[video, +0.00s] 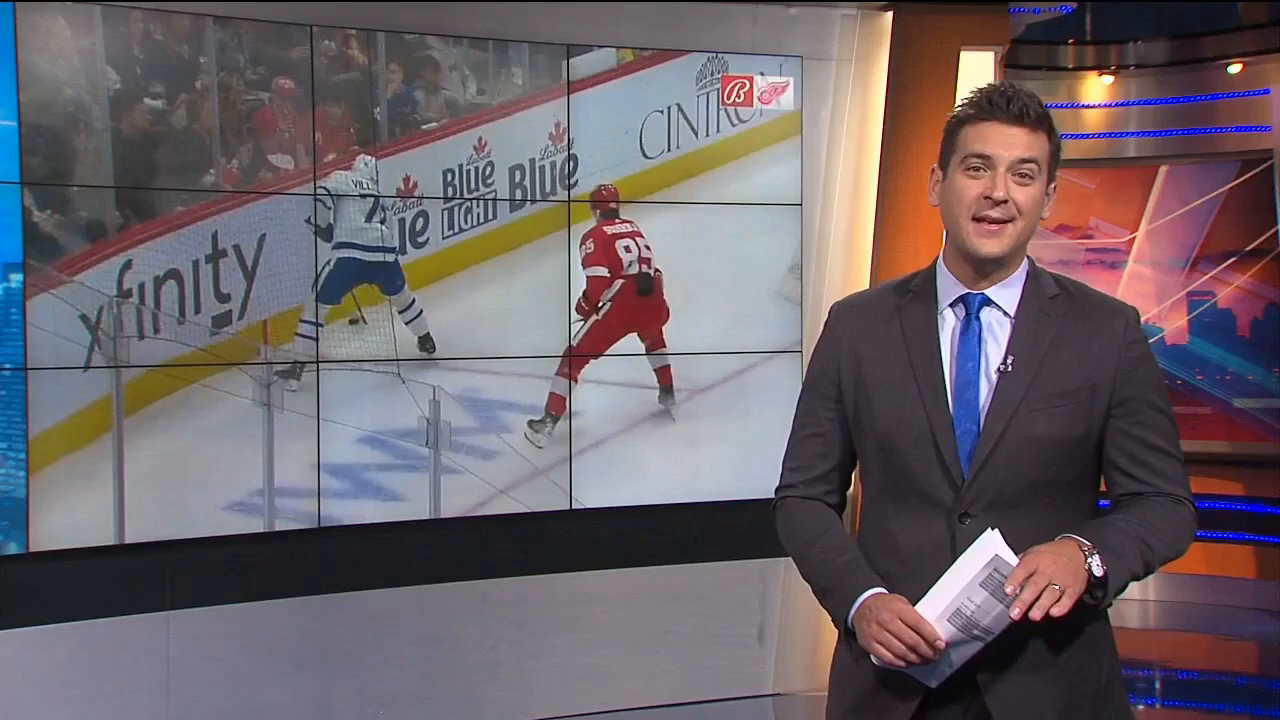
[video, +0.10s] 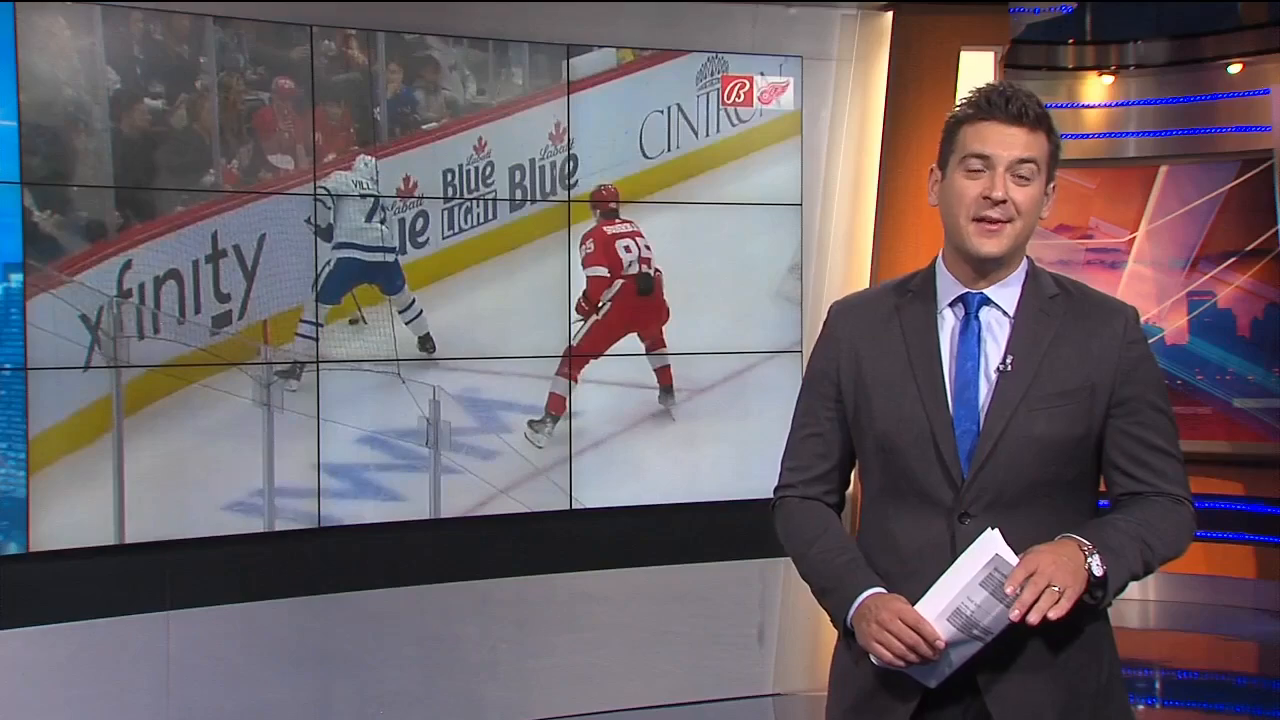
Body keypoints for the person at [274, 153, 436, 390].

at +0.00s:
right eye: (371, 172)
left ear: (354, 168)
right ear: (375, 174)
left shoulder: (341, 177)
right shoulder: (379, 191)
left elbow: (323, 193)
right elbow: (391, 210)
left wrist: (322, 226)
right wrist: (403, 198)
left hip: (349, 259)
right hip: (386, 260)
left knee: (317, 308)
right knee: (403, 299)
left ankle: (297, 366)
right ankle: (426, 339)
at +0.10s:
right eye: (371, 172)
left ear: (354, 168)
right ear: (375, 174)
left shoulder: (341, 177)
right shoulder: (379, 191)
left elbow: (323, 192)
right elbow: (391, 211)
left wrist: (323, 226)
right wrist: (403, 198)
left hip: (349, 259)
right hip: (386, 260)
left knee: (317, 308)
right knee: (403, 299)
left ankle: (297, 366)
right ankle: (426, 339)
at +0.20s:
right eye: (372, 174)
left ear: (354, 170)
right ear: (375, 175)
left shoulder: (341, 178)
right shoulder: (381, 196)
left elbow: (321, 192)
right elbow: (380, 234)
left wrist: (322, 225)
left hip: (350, 262)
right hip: (387, 263)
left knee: (318, 309)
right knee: (402, 299)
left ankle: (299, 366)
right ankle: (426, 339)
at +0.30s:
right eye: (372, 177)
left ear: (354, 172)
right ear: (374, 178)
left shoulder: (338, 181)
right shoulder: (380, 197)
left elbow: (321, 190)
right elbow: (388, 231)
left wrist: (321, 225)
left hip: (351, 265)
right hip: (388, 266)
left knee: (318, 310)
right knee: (402, 301)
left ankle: (301, 368)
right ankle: (426, 339)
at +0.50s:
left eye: (349, 174)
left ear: (350, 175)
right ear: (371, 180)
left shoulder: (339, 184)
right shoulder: (378, 202)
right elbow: (388, 240)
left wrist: (313, 215)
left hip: (352, 273)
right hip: (388, 273)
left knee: (317, 313)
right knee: (400, 305)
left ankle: (308, 368)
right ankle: (425, 339)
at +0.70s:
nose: (338, 181)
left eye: (340, 178)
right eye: (341, 178)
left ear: (341, 181)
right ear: (362, 184)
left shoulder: (339, 193)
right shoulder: (375, 209)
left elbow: (315, 174)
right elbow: (390, 250)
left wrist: (294, 194)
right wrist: (332, 266)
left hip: (354, 281)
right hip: (387, 283)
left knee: (314, 317)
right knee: (392, 308)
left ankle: (313, 372)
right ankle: (421, 341)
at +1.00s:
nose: (314, 193)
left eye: (316, 189)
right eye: (315, 188)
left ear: (323, 189)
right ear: (345, 188)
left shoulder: (331, 205)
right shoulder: (362, 215)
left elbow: (308, 189)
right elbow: (357, 255)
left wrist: (273, 189)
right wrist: (321, 260)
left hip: (350, 298)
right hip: (380, 299)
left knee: (304, 334)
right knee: (380, 318)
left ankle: (321, 385)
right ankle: (405, 348)